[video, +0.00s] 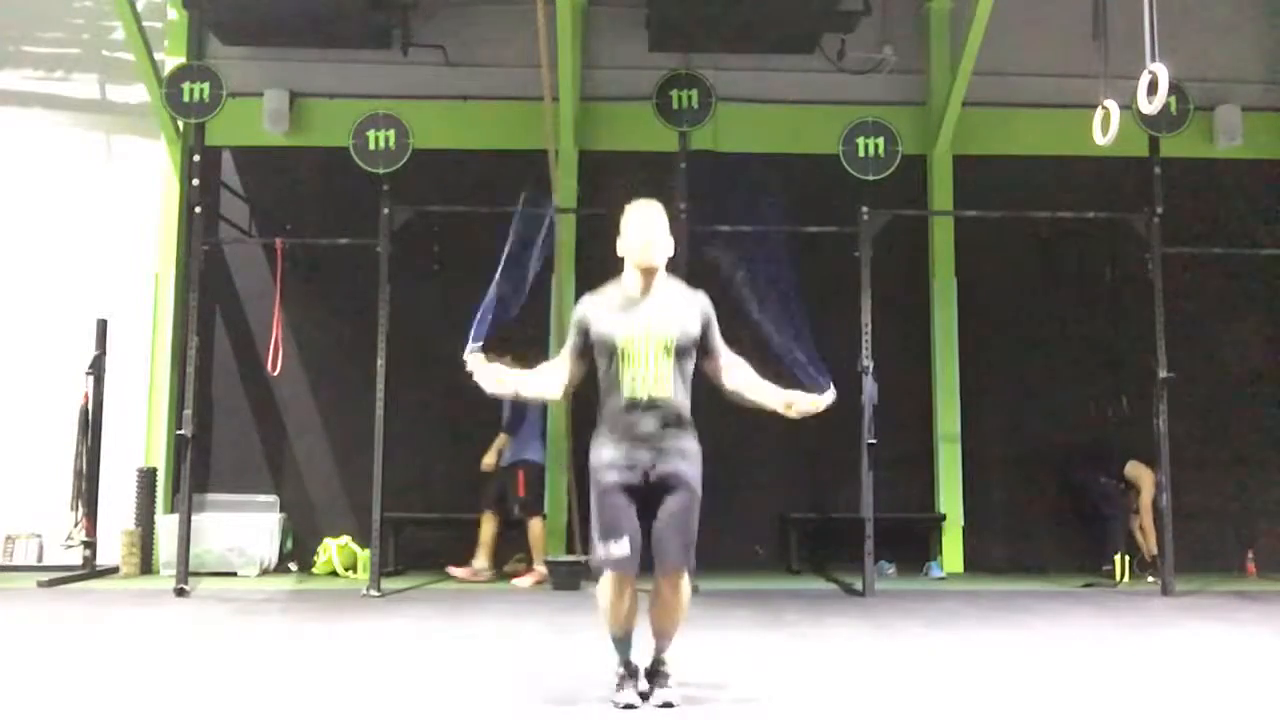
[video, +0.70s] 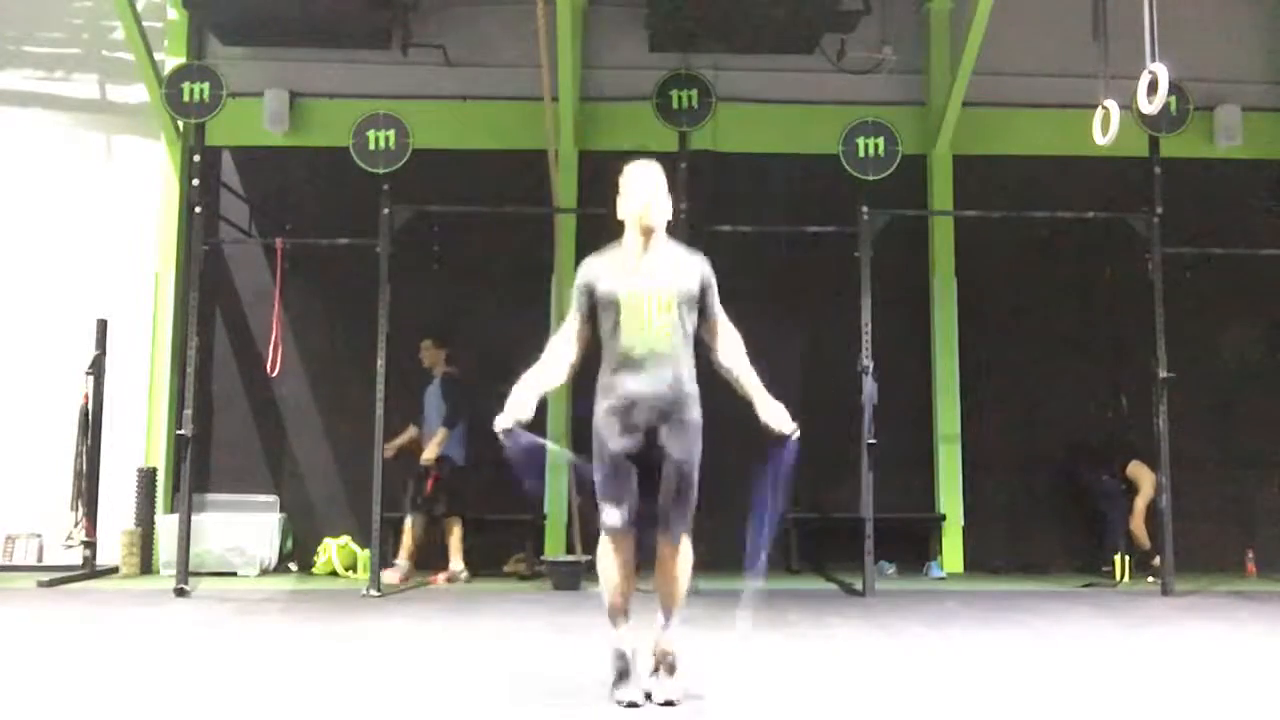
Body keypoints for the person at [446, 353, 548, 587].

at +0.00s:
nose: (493, 367)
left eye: (495, 361)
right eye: (491, 361)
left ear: (508, 359)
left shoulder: (518, 382)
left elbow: (514, 420)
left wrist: (494, 449)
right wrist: (504, 453)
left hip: (528, 454)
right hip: (511, 456)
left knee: (532, 513)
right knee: (490, 509)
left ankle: (539, 566)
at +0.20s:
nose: (468, 359)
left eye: (472, 355)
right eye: (469, 355)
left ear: (485, 356)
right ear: (485, 357)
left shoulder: (490, 381)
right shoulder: (486, 380)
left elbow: (492, 416)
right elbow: (489, 421)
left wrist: (474, 450)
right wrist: (477, 450)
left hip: (498, 456)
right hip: (485, 457)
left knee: (504, 512)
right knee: (473, 513)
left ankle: (536, 564)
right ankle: (459, 567)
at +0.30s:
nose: (458, 357)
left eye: (463, 352)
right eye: (458, 353)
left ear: (479, 354)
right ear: (469, 356)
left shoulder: (483, 380)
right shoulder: (474, 382)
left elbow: (481, 417)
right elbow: (474, 421)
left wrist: (466, 449)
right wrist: (462, 455)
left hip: (483, 454)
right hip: (473, 454)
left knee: (475, 509)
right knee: (466, 510)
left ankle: (521, 553)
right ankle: (458, 566)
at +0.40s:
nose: (450, 356)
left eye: (454, 351)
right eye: (449, 351)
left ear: (469, 353)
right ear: (460, 354)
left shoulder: (475, 379)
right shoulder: (463, 381)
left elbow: (474, 415)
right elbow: (461, 420)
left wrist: (455, 445)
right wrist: (448, 450)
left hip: (472, 452)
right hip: (462, 452)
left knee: (456, 506)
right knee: (459, 509)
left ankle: (497, 547)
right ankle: (458, 565)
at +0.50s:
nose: (438, 355)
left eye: (443, 350)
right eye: (438, 350)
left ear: (459, 351)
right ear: (449, 353)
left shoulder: (467, 378)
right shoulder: (452, 383)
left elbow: (468, 412)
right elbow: (444, 426)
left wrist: (448, 442)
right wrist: (424, 451)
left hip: (464, 452)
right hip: (453, 452)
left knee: (437, 502)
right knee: (454, 506)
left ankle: (465, 552)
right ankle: (459, 562)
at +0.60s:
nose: (430, 355)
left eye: (435, 349)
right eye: (430, 350)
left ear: (451, 352)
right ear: (439, 354)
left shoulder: (459, 379)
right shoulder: (441, 385)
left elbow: (462, 414)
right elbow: (431, 426)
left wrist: (440, 444)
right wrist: (407, 448)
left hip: (455, 454)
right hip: (447, 455)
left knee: (430, 510)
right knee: (454, 512)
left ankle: (434, 564)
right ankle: (457, 564)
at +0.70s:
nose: (421, 355)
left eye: (426, 350)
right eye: (421, 350)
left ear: (442, 352)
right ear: (429, 354)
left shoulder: (451, 381)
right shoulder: (430, 387)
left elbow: (453, 417)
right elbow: (421, 423)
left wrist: (435, 445)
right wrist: (396, 443)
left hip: (450, 455)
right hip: (432, 455)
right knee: (451, 511)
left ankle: (402, 564)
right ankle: (456, 565)